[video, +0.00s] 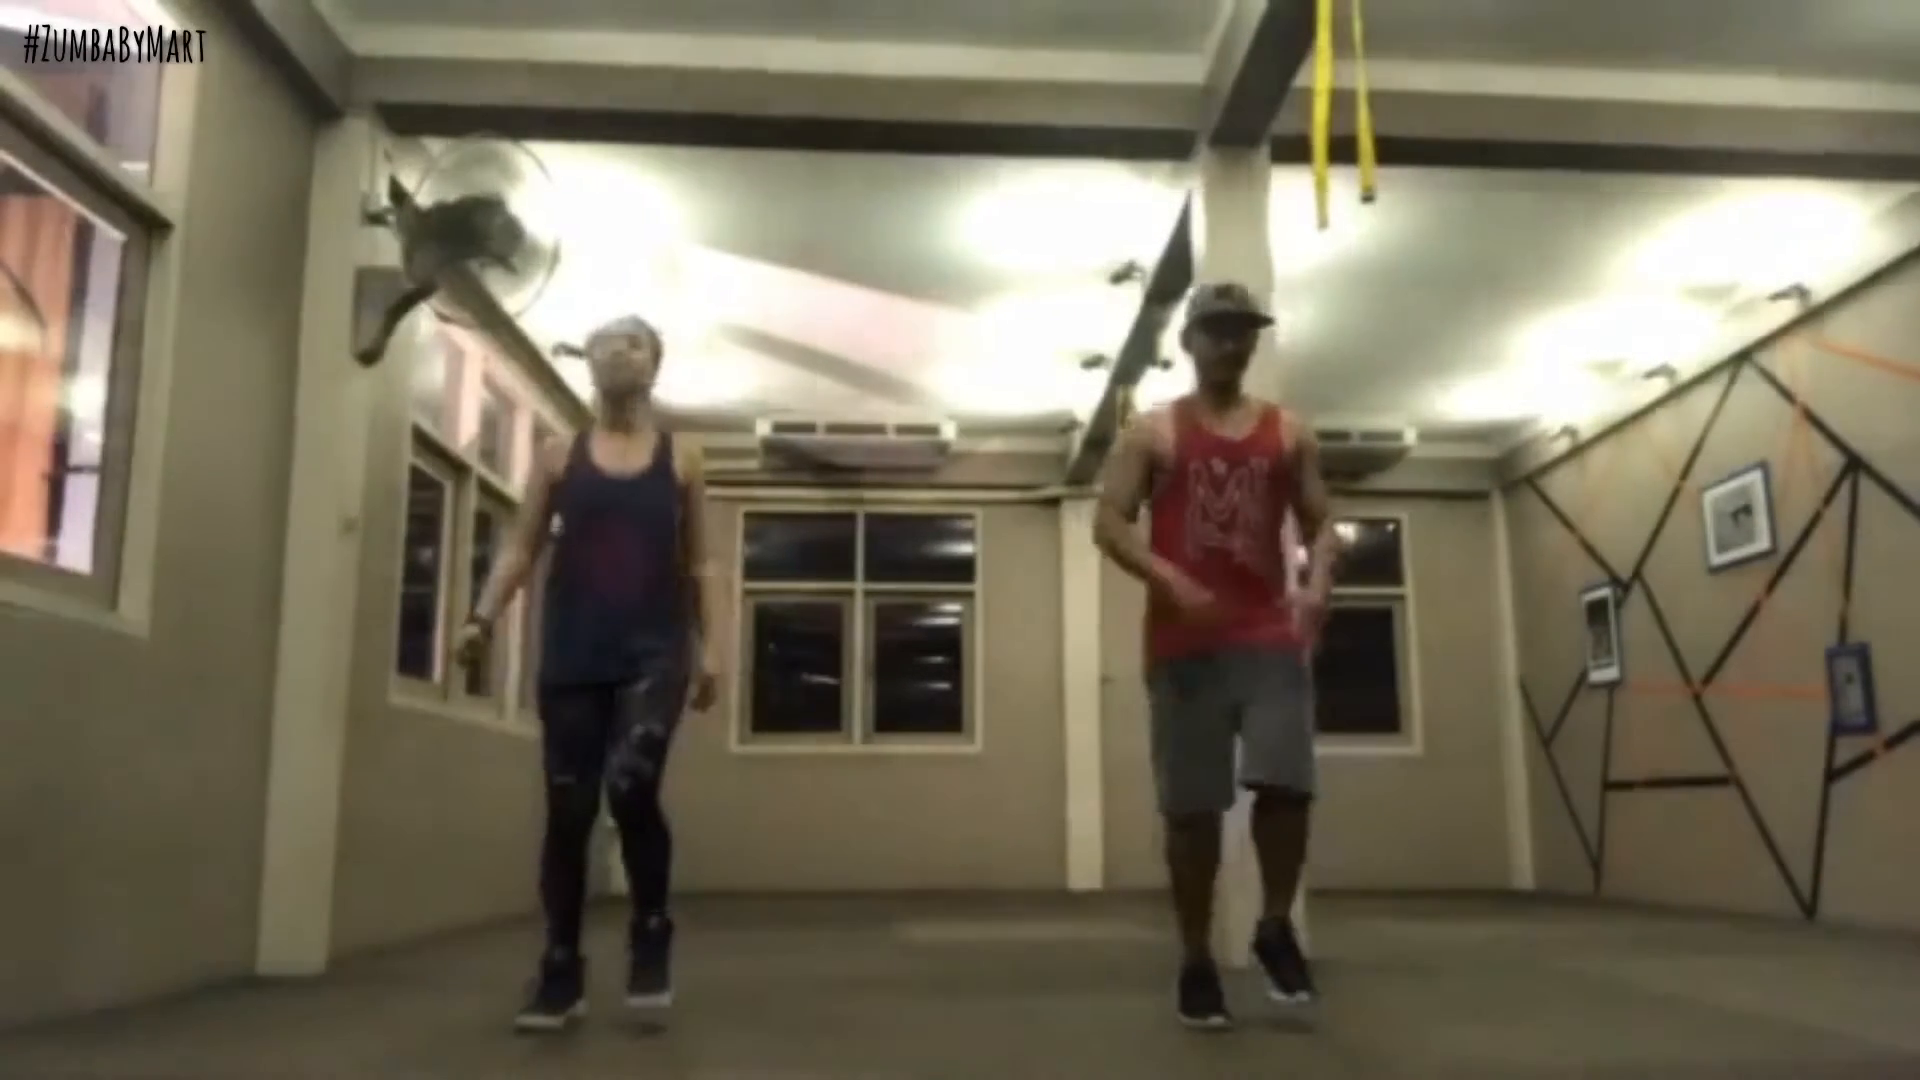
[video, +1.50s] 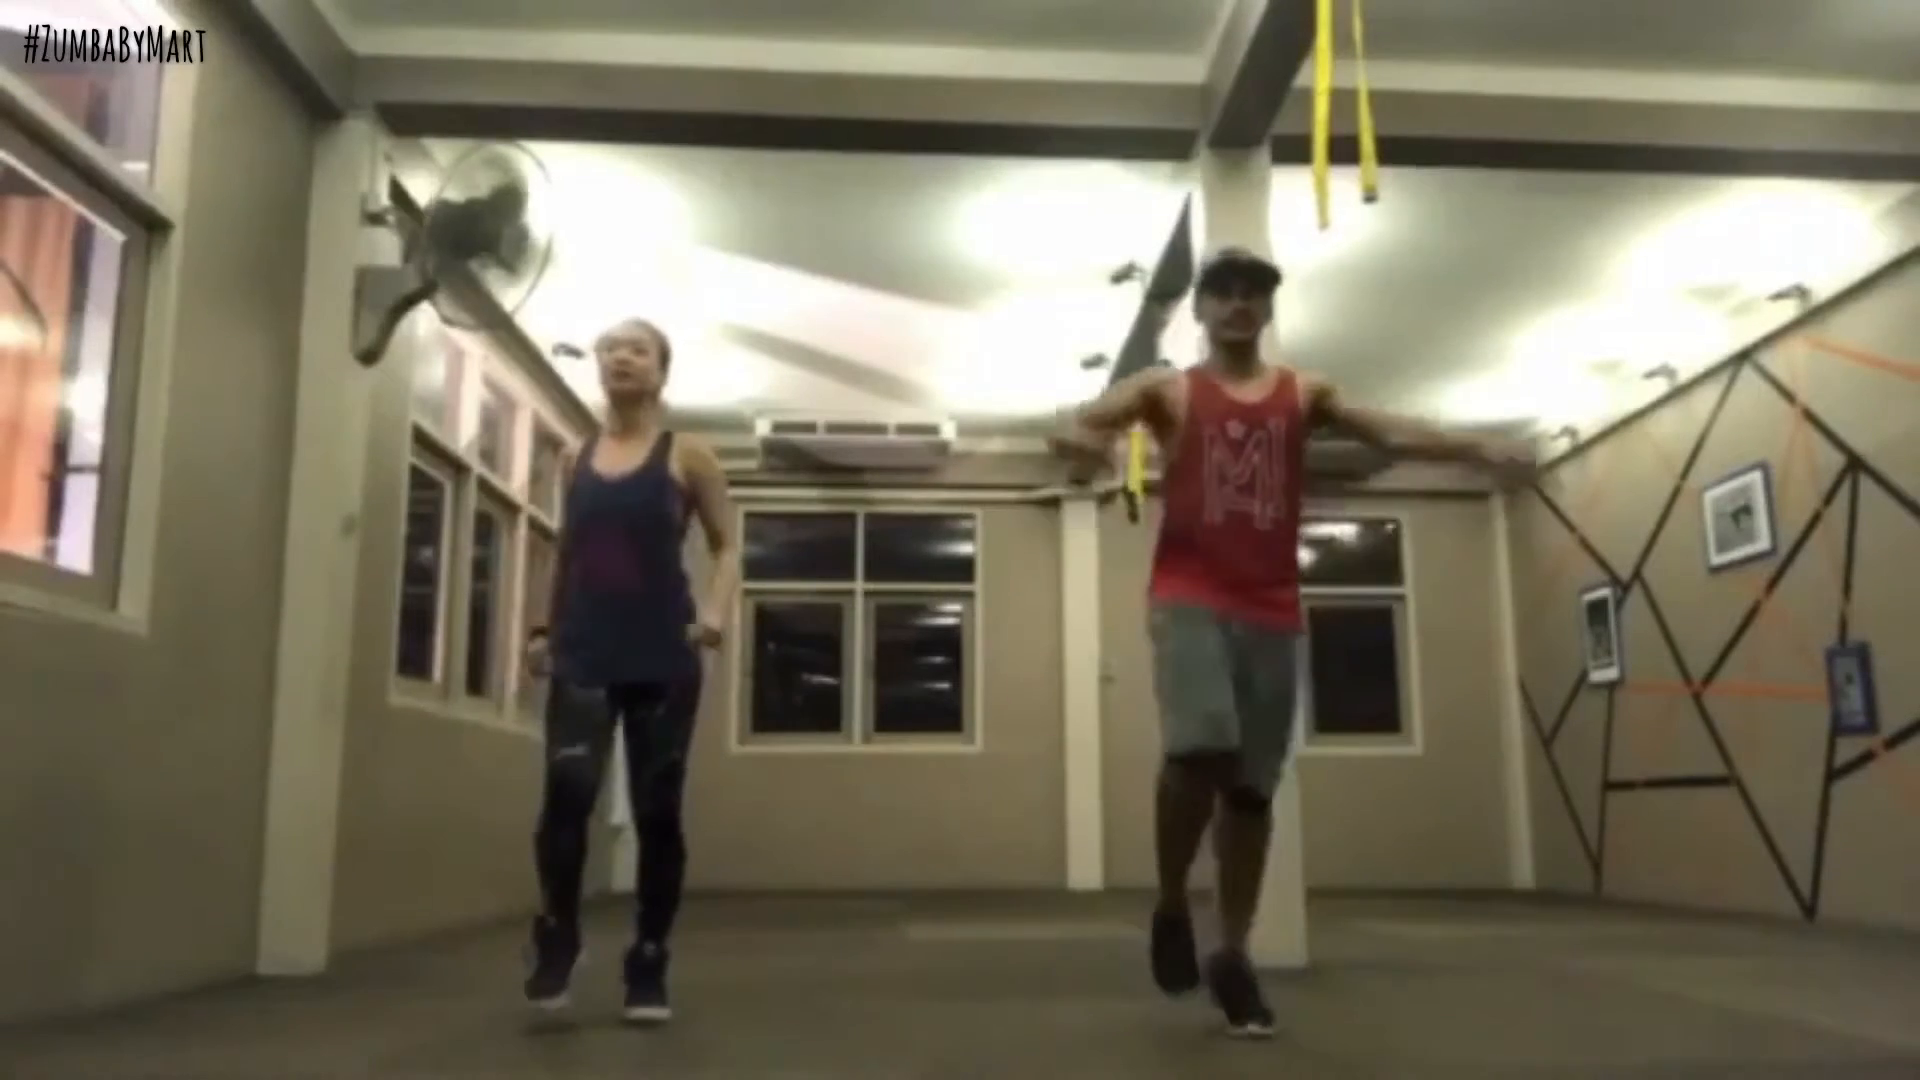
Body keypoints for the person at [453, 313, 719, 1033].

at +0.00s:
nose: (623, 354)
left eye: (636, 345)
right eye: (611, 344)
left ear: (655, 367)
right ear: (589, 365)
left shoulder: (680, 457)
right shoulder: (561, 455)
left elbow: (698, 564)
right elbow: (525, 547)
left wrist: (711, 653)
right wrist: (482, 619)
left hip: (655, 655)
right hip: (573, 656)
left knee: (629, 788)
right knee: (568, 811)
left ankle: (650, 939)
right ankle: (560, 969)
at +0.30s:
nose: (633, 353)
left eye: (648, 344)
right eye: (621, 344)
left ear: (673, 365)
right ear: (606, 366)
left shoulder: (699, 453)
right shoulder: (580, 456)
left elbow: (729, 552)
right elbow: (560, 558)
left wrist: (741, 638)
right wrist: (549, 646)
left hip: (674, 655)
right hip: (589, 654)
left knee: (661, 815)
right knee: (570, 808)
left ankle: (652, 965)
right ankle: (557, 956)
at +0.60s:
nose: (627, 361)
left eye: (642, 351)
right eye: (617, 350)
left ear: (668, 368)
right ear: (602, 365)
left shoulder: (694, 453)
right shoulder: (575, 455)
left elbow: (723, 544)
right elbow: (550, 551)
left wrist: (739, 615)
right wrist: (531, 640)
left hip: (667, 660)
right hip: (583, 658)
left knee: (660, 817)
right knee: (579, 814)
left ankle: (650, 968)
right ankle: (573, 966)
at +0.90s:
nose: (620, 357)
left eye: (636, 348)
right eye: (611, 347)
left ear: (659, 374)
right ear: (594, 366)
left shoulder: (681, 459)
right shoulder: (562, 454)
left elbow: (702, 561)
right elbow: (530, 548)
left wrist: (707, 653)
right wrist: (499, 627)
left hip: (655, 654)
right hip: (573, 653)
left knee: (638, 777)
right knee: (575, 812)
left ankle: (658, 925)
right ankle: (575, 963)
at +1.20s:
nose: (626, 362)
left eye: (642, 352)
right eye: (615, 352)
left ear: (666, 372)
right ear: (598, 370)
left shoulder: (691, 462)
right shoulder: (574, 463)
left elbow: (712, 566)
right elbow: (552, 562)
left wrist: (724, 655)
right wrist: (533, 643)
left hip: (662, 667)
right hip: (579, 666)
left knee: (647, 819)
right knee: (576, 819)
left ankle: (646, 966)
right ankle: (574, 965)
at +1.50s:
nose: (622, 359)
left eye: (637, 350)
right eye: (612, 349)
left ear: (662, 370)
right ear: (596, 368)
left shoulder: (688, 454)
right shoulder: (579, 457)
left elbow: (726, 543)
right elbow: (566, 550)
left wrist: (715, 614)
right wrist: (546, 629)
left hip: (660, 653)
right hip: (582, 652)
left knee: (656, 811)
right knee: (567, 795)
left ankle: (649, 962)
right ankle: (556, 942)